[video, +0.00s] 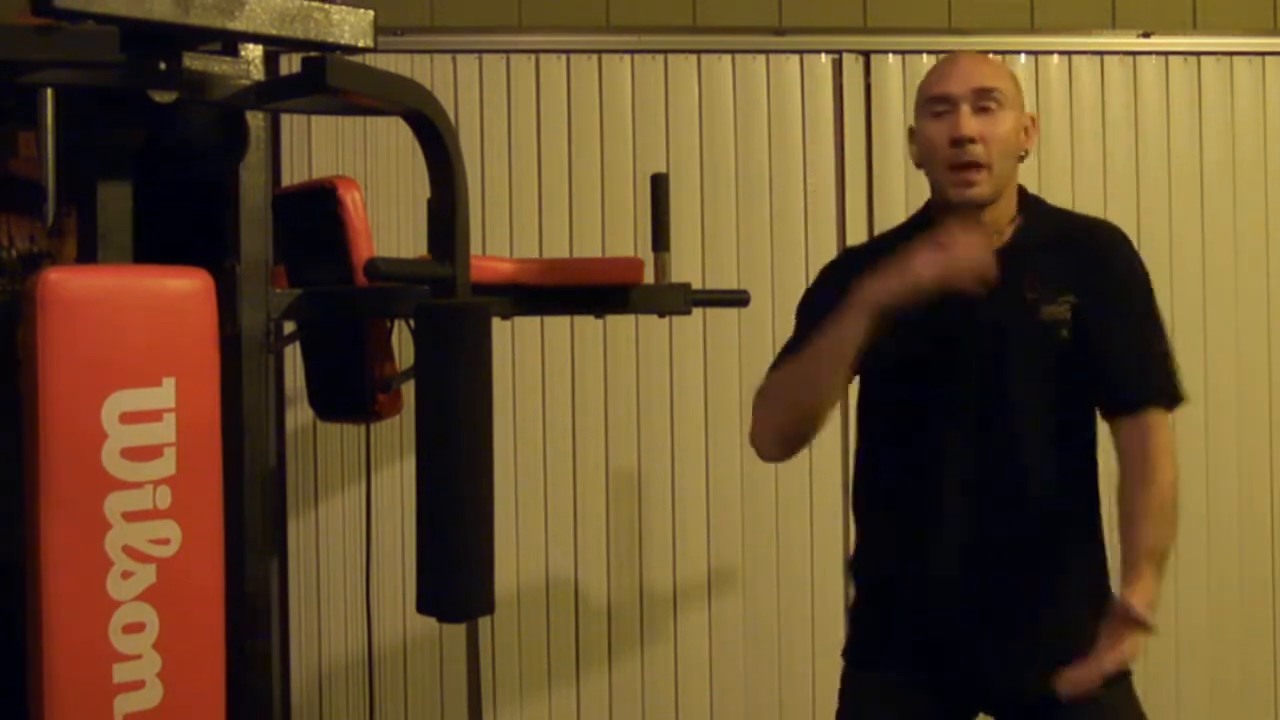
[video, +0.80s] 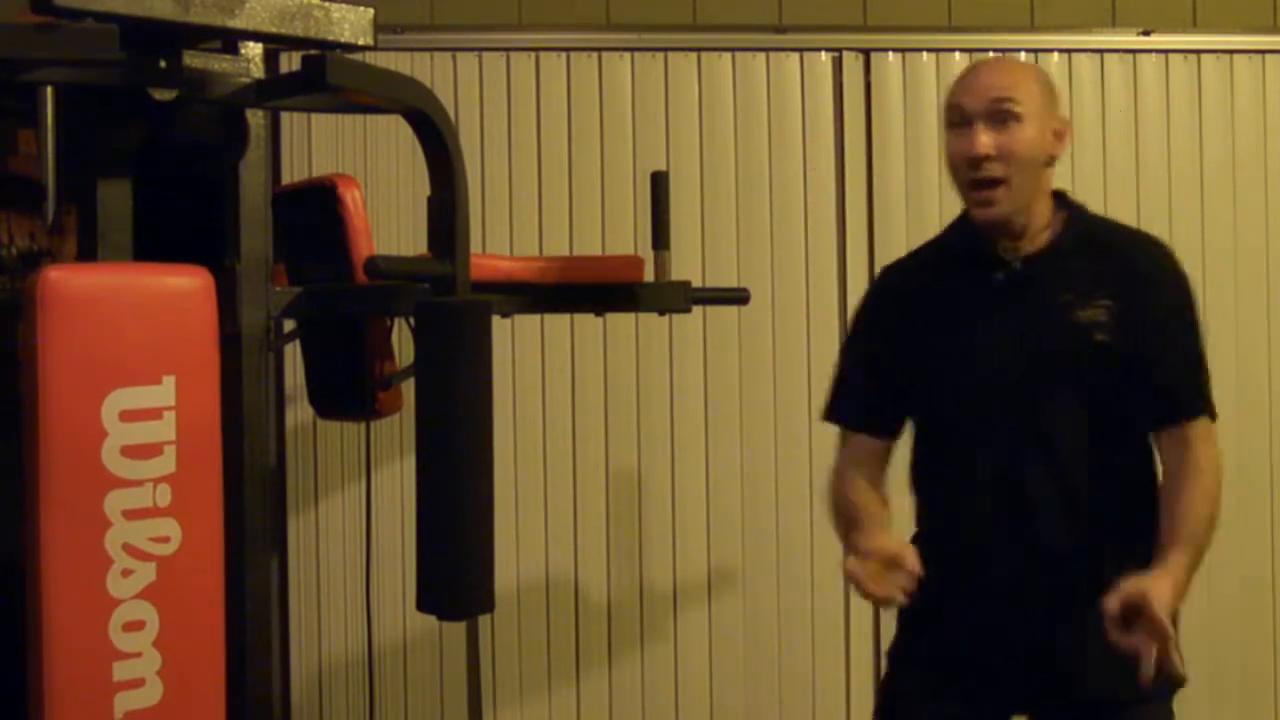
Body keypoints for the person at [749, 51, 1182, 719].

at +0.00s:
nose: (963, 127)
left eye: (987, 107)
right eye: (940, 110)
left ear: (1026, 134)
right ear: (915, 143)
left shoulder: (1092, 258)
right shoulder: (858, 276)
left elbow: (1144, 434)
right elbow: (772, 437)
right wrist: (872, 297)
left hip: (1057, 640)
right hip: (903, 641)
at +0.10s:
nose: (975, 131)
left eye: (997, 108)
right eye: (952, 113)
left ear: (1036, 132)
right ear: (924, 147)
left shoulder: (1111, 261)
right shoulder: (885, 276)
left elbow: (1161, 445)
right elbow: (802, 444)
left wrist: (1131, 595)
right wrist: (838, 269)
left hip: (1076, 645)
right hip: (921, 645)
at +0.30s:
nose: (1036, 147)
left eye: (1058, 121)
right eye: (1011, 127)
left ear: (1101, 141)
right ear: (989, 155)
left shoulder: (1178, 251)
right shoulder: (946, 282)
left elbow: (1214, 441)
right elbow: (925, 484)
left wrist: (1101, 429)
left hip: (1145, 624)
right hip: (997, 629)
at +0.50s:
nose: (1049, 168)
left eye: (1075, 142)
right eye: (1029, 148)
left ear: (1128, 162)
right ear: (1011, 170)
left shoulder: (1218, 289)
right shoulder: (968, 302)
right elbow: (907, 409)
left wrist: (1259, 553)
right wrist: (938, 446)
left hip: (1170, 660)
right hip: (1010, 655)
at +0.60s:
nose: (1033, 151)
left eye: (1060, 125)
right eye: (1013, 130)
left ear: (1113, 143)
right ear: (998, 151)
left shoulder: (1201, 275)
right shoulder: (956, 287)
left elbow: (1273, 407)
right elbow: (918, 384)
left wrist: (1263, 557)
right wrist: (934, 454)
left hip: (1158, 640)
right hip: (999, 639)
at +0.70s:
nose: (1011, 153)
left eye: (1036, 126)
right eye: (991, 129)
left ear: (1088, 135)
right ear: (974, 141)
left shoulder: (1167, 270)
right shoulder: (933, 284)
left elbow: (1223, 453)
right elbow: (893, 433)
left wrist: (1212, 626)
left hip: (1129, 635)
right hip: (975, 629)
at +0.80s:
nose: (978, 146)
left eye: (1004, 119)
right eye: (960, 124)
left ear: (1057, 136)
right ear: (944, 143)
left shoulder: (1136, 271)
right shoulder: (906, 293)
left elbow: (1191, 450)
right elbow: (857, 467)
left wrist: (1168, 576)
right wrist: (870, 538)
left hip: (1101, 639)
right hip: (952, 637)